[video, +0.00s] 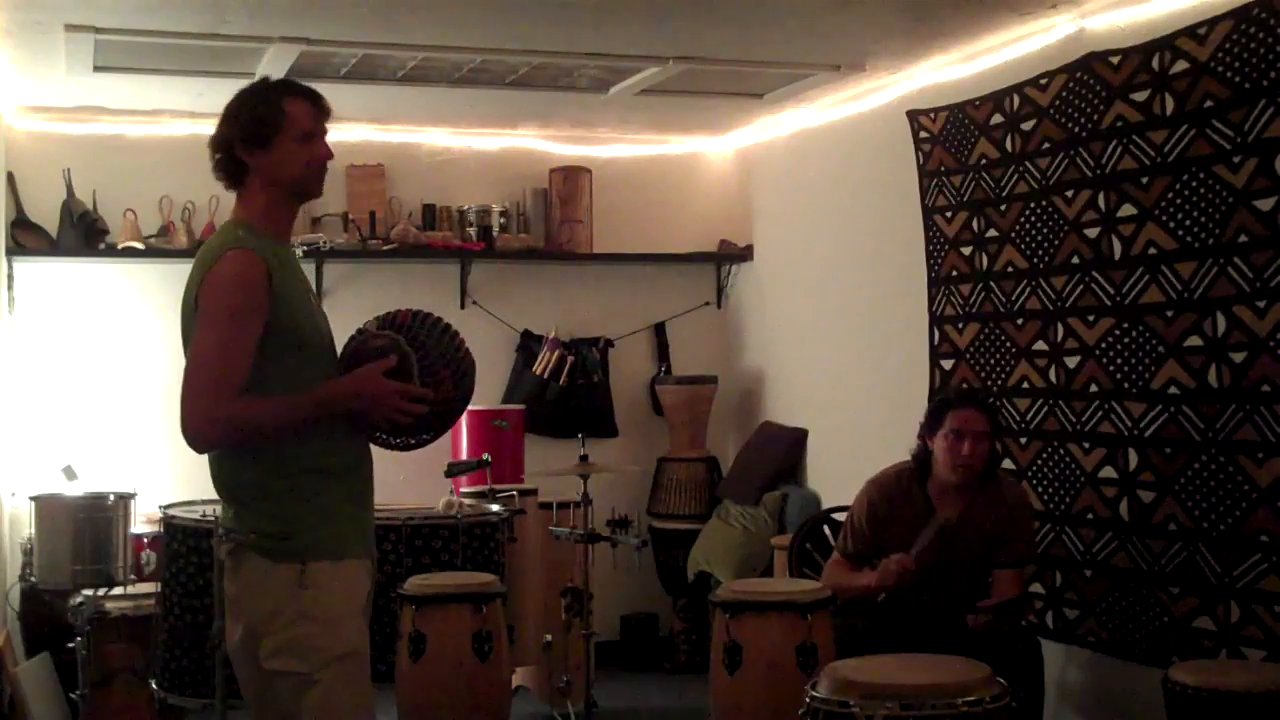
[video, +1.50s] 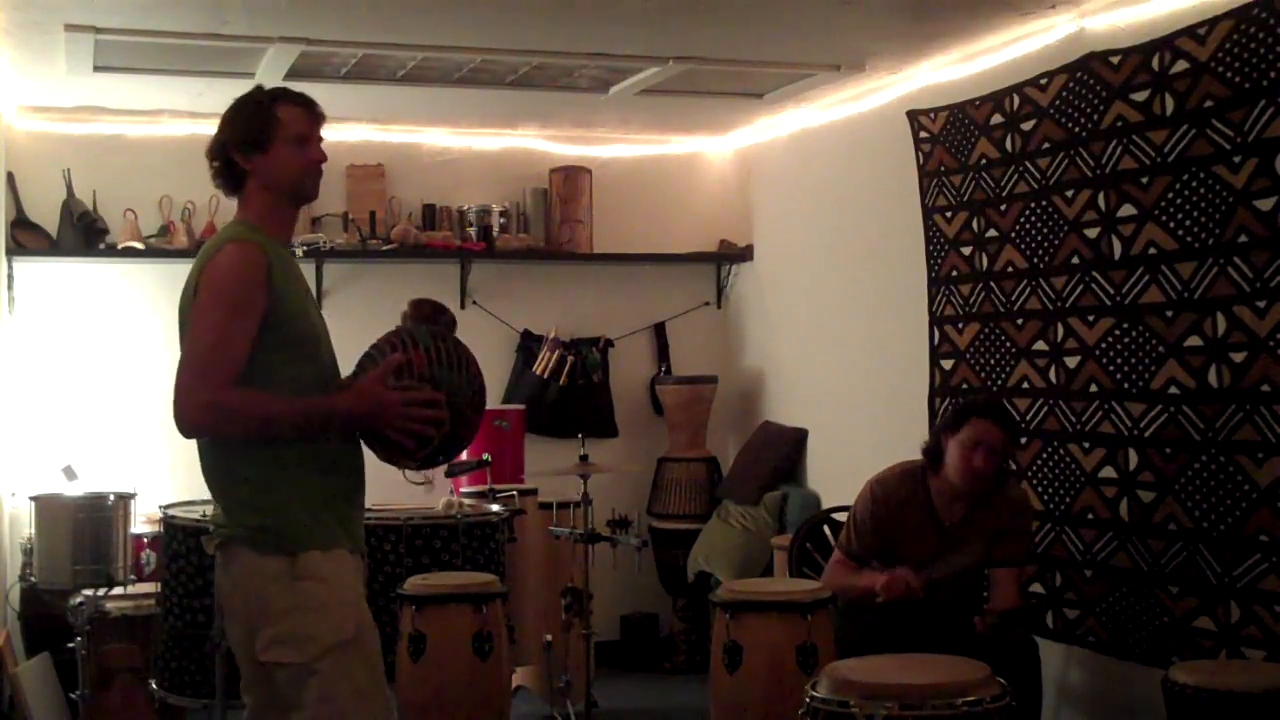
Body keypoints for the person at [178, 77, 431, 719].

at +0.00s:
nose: (327, 150)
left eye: (325, 137)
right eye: (310, 137)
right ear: (256, 149)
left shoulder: (270, 257)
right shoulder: (240, 261)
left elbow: (270, 398)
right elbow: (205, 421)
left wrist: (354, 377)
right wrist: (344, 397)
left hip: (313, 559)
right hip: (293, 564)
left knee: (322, 706)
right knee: (310, 708)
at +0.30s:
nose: (317, 172)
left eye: (318, 156)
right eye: (303, 155)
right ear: (248, 157)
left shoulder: (256, 258)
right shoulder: (227, 261)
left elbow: (258, 399)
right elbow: (202, 418)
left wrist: (347, 378)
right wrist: (337, 393)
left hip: (308, 560)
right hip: (287, 565)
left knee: (318, 705)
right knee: (305, 707)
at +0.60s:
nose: (312, 152)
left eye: (309, 138)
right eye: (295, 139)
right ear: (241, 152)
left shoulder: (262, 261)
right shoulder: (226, 262)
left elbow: (259, 398)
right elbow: (194, 416)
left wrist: (349, 378)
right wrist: (331, 395)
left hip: (305, 562)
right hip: (281, 568)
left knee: (314, 706)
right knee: (300, 708)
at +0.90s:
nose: (315, 158)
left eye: (313, 144)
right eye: (297, 145)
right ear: (244, 157)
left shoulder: (263, 261)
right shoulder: (225, 261)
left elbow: (261, 398)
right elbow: (189, 412)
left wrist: (354, 388)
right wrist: (330, 392)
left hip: (310, 557)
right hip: (281, 563)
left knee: (320, 704)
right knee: (302, 707)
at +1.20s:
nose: (320, 172)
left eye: (322, 158)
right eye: (307, 155)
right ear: (251, 157)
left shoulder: (258, 261)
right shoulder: (225, 262)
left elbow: (253, 398)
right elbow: (194, 411)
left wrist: (356, 390)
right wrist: (336, 390)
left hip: (309, 561)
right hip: (285, 567)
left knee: (314, 706)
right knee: (302, 708)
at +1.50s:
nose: (322, 155)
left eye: (320, 141)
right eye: (304, 142)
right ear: (250, 156)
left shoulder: (270, 259)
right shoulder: (240, 258)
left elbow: (275, 403)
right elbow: (196, 407)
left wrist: (365, 386)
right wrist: (348, 406)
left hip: (303, 554)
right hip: (288, 561)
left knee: (295, 707)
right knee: (338, 706)